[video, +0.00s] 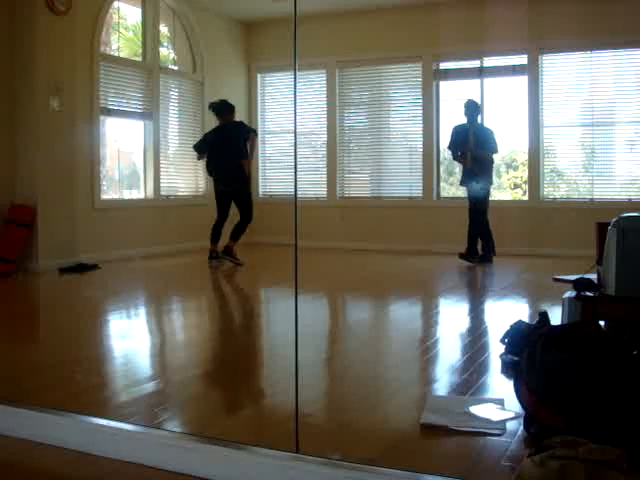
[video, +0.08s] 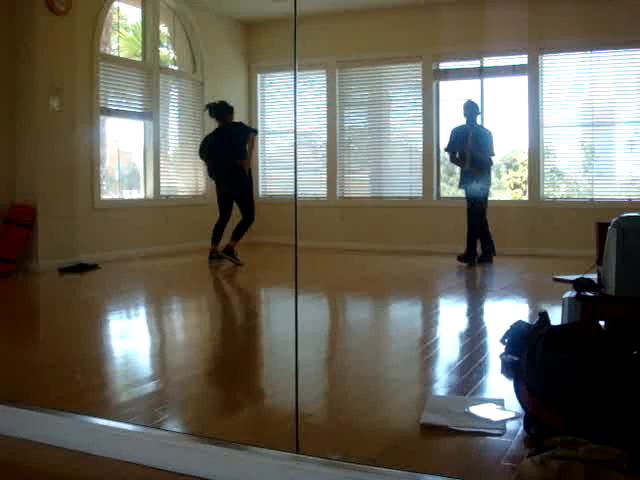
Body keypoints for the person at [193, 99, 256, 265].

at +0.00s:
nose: (233, 116)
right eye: (232, 113)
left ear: (216, 116)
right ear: (232, 113)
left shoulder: (212, 134)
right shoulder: (239, 127)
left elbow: (199, 154)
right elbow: (253, 136)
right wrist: (250, 158)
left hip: (220, 181)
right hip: (239, 178)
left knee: (221, 216)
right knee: (246, 216)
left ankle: (213, 251)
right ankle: (229, 248)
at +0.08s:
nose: (233, 117)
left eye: (230, 115)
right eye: (231, 115)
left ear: (216, 118)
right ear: (230, 115)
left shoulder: (209, 138)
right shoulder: (238, 128)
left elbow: (205, 159)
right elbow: (253, 135)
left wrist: (212, 169)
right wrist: (249, 158)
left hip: (221, 181)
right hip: (240, 178)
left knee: (224, 216)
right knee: (248, 216)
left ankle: (213, 250)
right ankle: (230, 247)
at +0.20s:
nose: (221, 125)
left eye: (219, 123)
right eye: (231, 120)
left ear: (217, 123)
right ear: (231, 119)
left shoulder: (217, 141)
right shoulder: (241, 133)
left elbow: (221, 163)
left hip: (225, 182)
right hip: (242, 181)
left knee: (231, 217)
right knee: (250, 218)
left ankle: (216, 250)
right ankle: (230, 247)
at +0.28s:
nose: (250, 126)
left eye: (250, 123)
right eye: (249, 123)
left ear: (235, 124)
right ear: (244, 124)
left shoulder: (230, 139)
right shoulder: (241, 137)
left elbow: (243, 166)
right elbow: (239, 163)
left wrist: (260, 163)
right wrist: (242, 173)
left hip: (226, 183)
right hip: (239, 183)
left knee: (235, 220)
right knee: (265, 211)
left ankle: (216, 249)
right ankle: (245, 240)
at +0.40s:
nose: (271, 128)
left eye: (271, 125)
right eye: (269, 125)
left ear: (260, 124)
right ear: (262, 124)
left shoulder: (252, 137)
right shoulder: (250, 134)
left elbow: (252, 164)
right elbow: (238, 148)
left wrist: (267, 155)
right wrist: (238, 168)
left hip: (237, 181)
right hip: (242, 181)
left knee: (234, 217)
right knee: (271, 207)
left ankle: (213, 246)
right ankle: (267, 242)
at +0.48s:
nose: (279, 127)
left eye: (280, 124)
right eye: (278, 124)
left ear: (268, 123)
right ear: (270, 123)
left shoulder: (260, 138)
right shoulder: (258, 133)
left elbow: (262, 162)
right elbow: (242, 142)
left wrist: (273, 152)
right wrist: (244, 167)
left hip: (243, 181)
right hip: (248, 181)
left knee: (233, 216)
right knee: (270, 208)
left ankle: (212, 244)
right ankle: (278, 244)